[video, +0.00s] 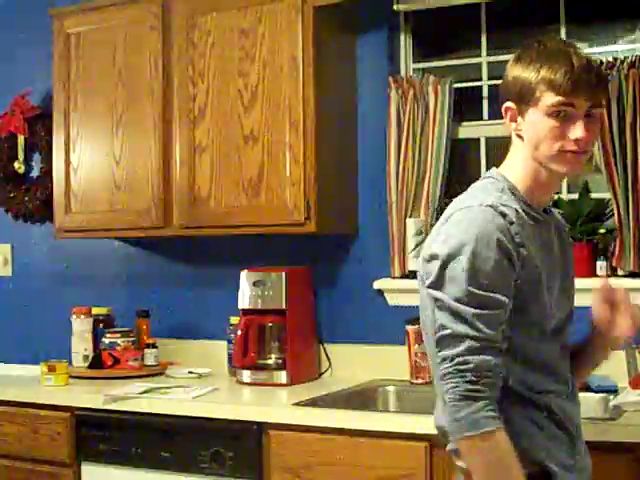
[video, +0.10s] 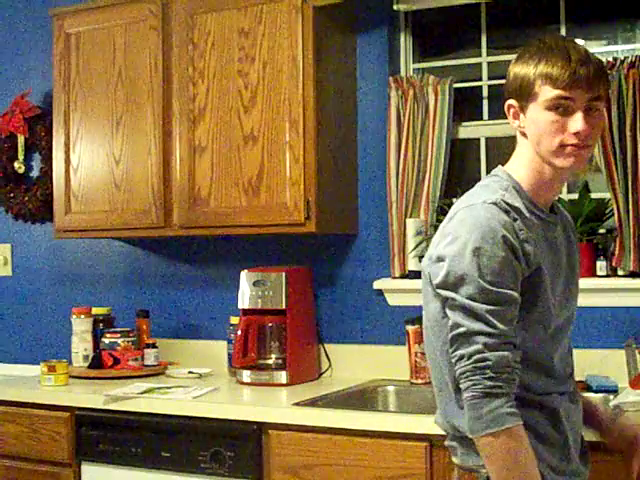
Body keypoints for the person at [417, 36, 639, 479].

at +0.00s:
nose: (581, 133)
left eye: (592, 115)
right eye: (561, 113)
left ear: (602, 122)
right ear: (514, 120)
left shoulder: (551, 226)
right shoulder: (477, 229)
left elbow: (549, 381)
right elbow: (468, 417)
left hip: (564, 461)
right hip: (513, 467)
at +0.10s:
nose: (580, 126)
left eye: (592, 109)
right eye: (560, 108)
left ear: (603, 118)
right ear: (517, 116)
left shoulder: (558, 222)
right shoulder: (482, 229)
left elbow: (544, 375)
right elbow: (489, 414)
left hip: (560, 460)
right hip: (506, 468)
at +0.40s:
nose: (593, 114)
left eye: (603, 98)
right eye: (572, 96)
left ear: (613, 109)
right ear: (528, 110)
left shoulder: (570, 227)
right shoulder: (492, 224)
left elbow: (562, 380)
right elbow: (495, 412)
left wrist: (572, 467)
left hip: (563, 462)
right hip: (512, 468)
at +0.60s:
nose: (611, 116)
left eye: (615, 103)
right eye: (593, 97)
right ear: (537, 104)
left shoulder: (553, 219)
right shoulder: (502, 221)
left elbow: (572, 384)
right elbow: (502, 413)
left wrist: (604, 472)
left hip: (567, 461)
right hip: (519, 467)